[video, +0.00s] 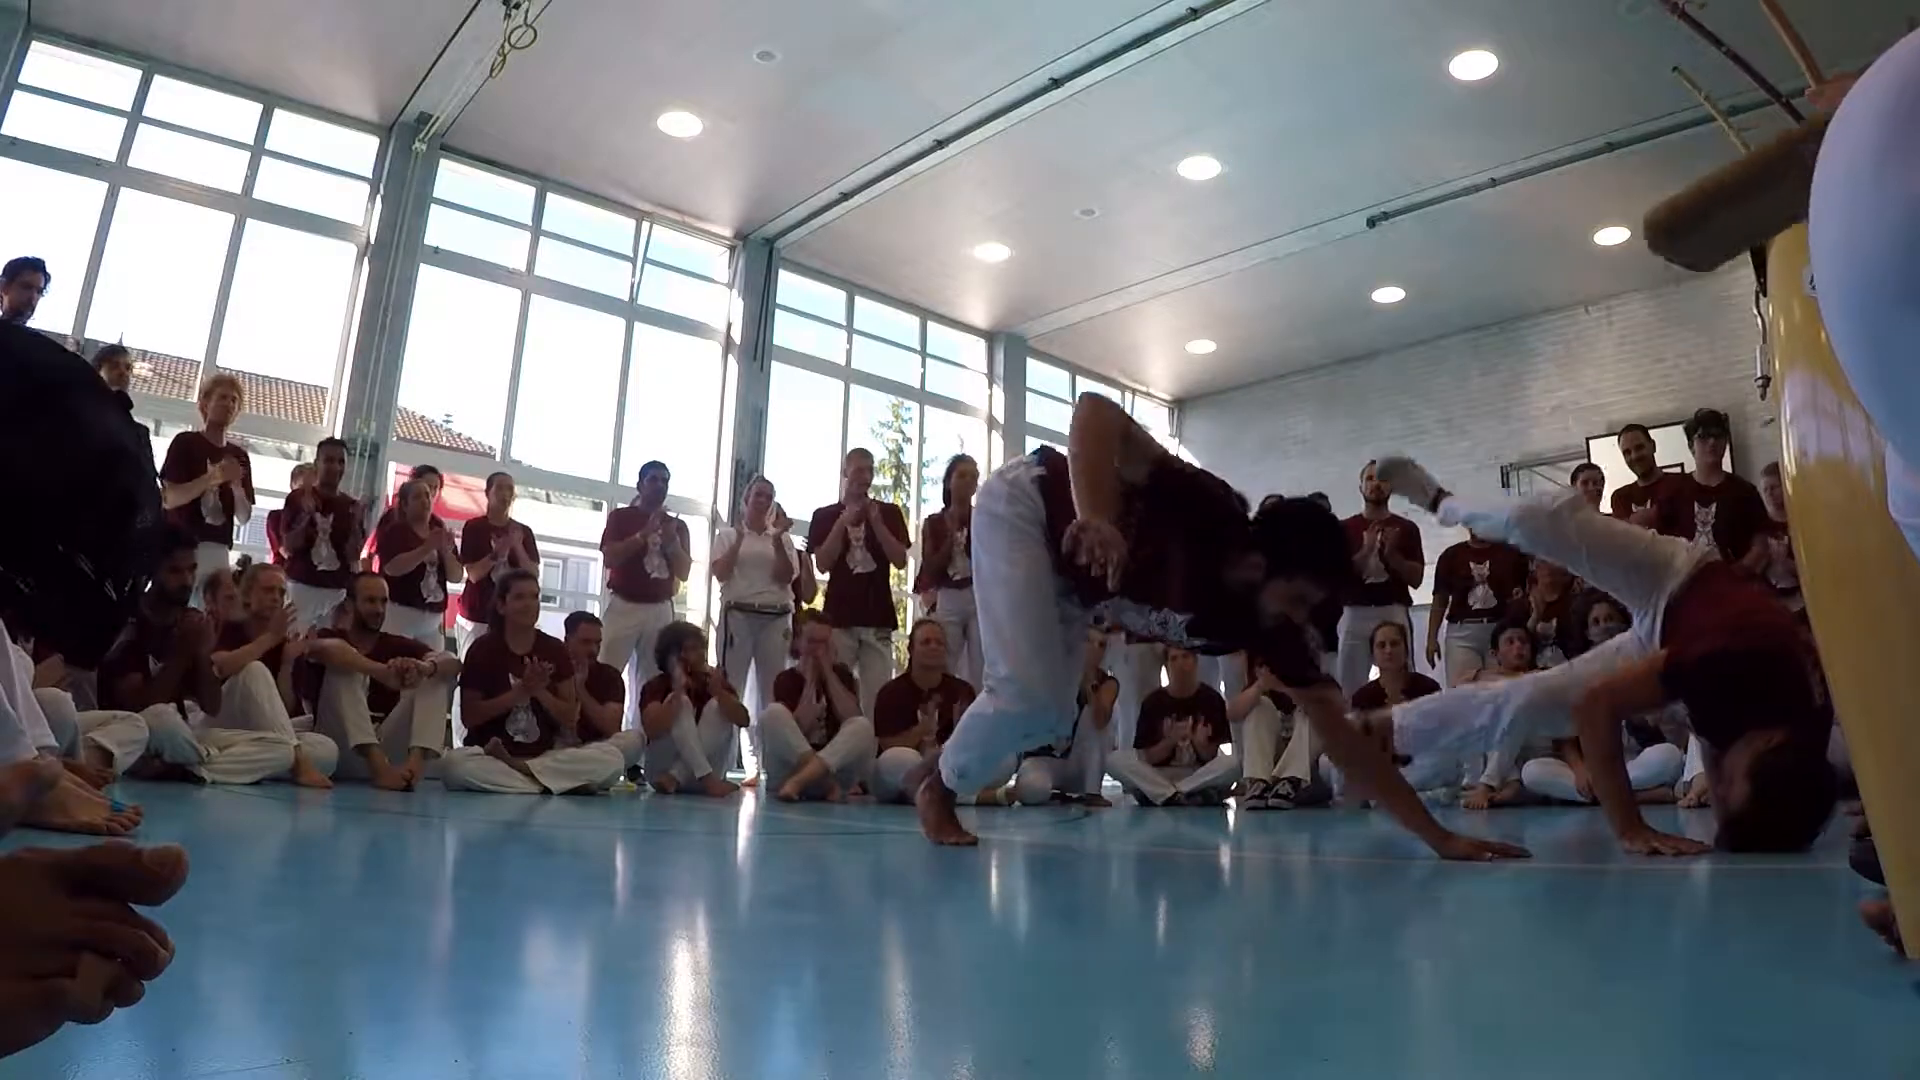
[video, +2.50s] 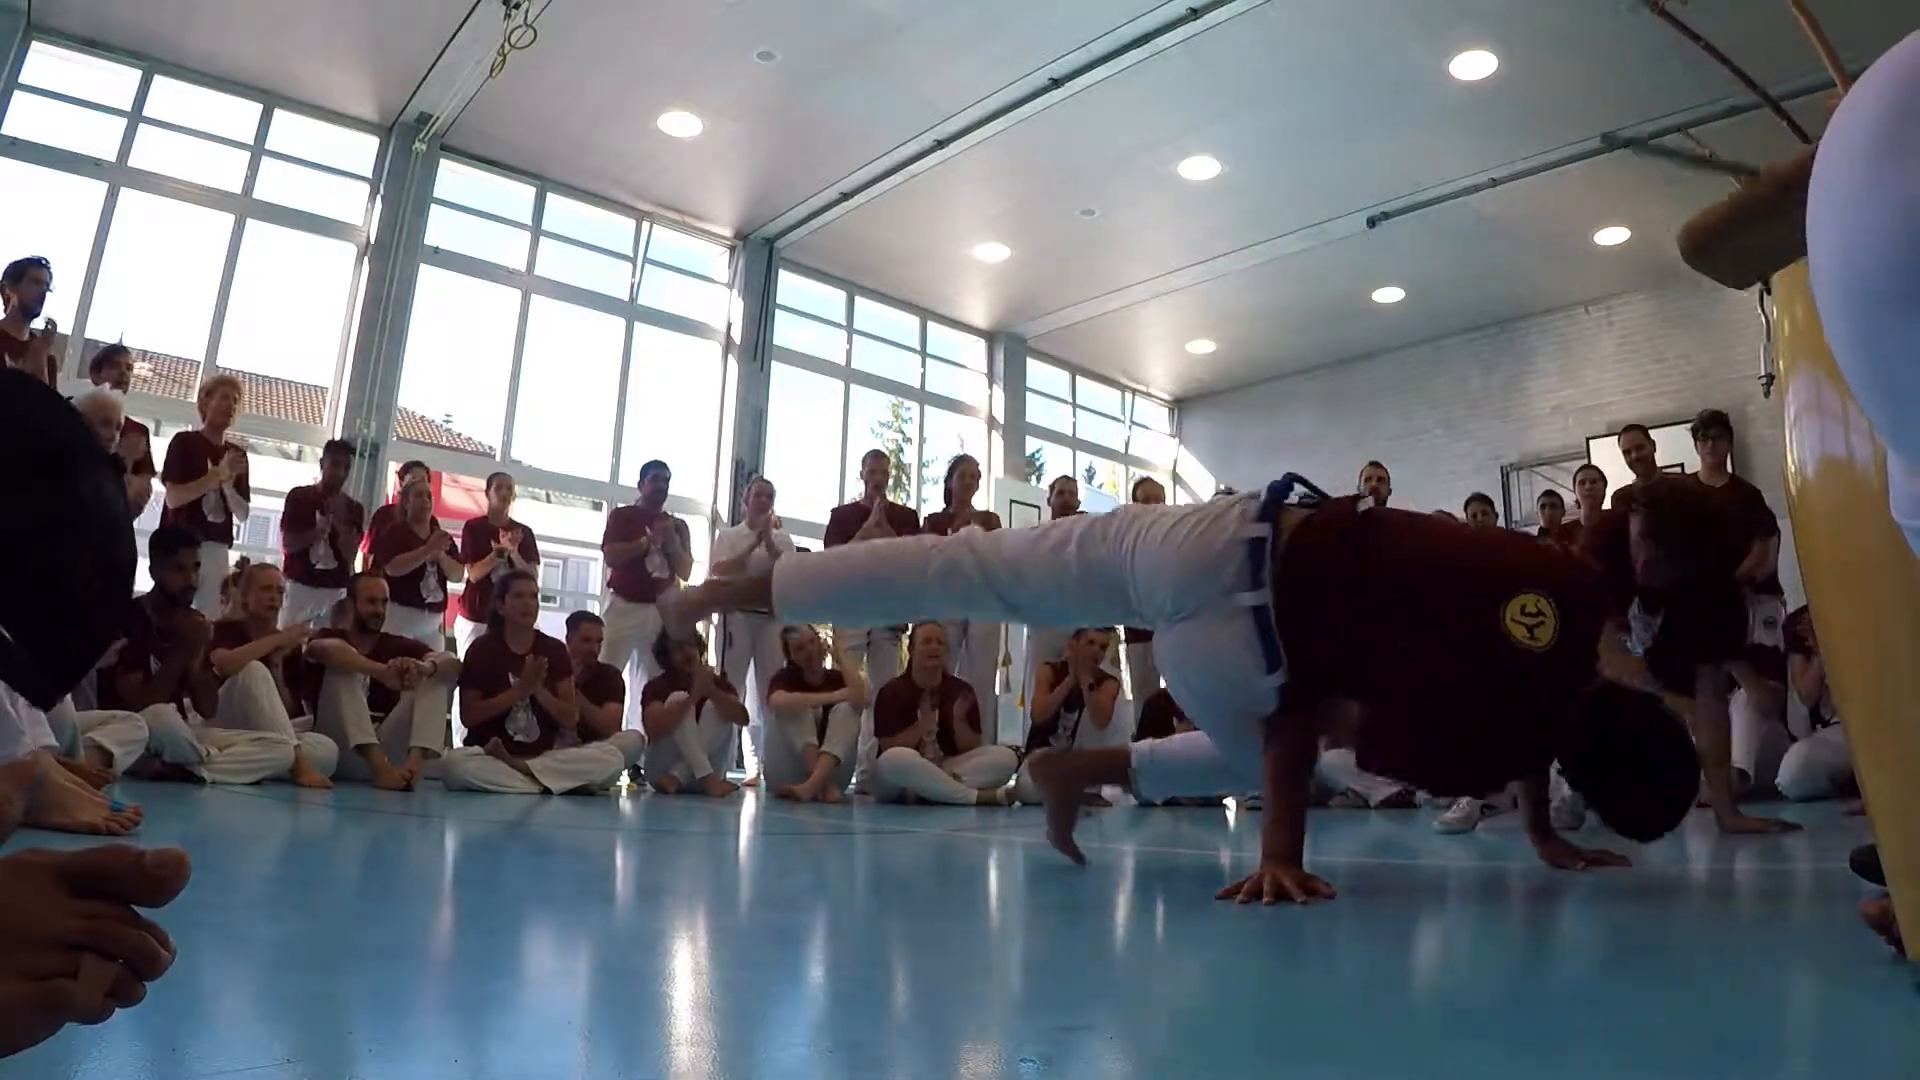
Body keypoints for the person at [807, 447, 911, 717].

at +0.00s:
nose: (862, 477)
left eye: (867, 471)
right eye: (857, 471)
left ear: (872, 475)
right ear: (844, 473)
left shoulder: (889, 513)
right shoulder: (825, 516)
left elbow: (900, 560)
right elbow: (823, 564)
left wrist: (875, 521)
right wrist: (843, 521)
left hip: (878, 620)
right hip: (839, 620)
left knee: (878, 702)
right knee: (837, 700)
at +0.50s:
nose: (875, 477)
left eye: (880, 471)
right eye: (870, 470)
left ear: (886, 475)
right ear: (858, 471)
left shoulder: (898, 512)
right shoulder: (835, 511)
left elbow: (905, 559)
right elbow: (832, 560)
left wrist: (884, 528)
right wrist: (854, 526)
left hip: (884, 618)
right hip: (846, 616)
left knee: (881, 699)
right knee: (844, 696)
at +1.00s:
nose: (886, 477)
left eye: (891, 472)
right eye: (881, 471)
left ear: (896, 476)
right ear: (868, 471)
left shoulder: (907, 514)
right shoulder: (844, 510)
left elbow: (910, 561)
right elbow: (836, 557)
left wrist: (883, 528)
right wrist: (866, 526)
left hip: (886, 613)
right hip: (849, 611)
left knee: (880, 690)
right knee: (845, 688)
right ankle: (844, 748)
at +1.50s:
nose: (877, 478)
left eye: (883, 472)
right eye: (873, 471)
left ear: (891, 476)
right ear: (863, 473)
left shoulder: (906, 516)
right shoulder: (841, 513)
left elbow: (912, 564)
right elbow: (830, 562)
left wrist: (884, 529)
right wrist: (860, 528)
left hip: (886, 616)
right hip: (846, 615)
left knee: (880, 694)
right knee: (848, 691)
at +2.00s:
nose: (877, 476)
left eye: (882, 470)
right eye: (871, 470)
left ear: (888, 474)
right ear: (861, 473)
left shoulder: (904, 516)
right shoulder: (840, 514)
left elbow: (911, 563)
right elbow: (831, 563)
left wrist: (896, 527)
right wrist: (846, 528)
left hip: (887, 616)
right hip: (848, 616)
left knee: (883, 695)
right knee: (848, 694)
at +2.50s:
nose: (877, 478)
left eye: (882, 472)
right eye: (872, 472)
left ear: (890, 474)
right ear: (862, 474)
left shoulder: (906, 517)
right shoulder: (843, 514)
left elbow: (913, 563)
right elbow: (831, 563)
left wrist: (885, 533)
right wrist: (863, 533)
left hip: (890, 609)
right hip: (848, 609)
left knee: (887, 694)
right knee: (849, 692)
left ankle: (878, 772)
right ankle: (841, 769)